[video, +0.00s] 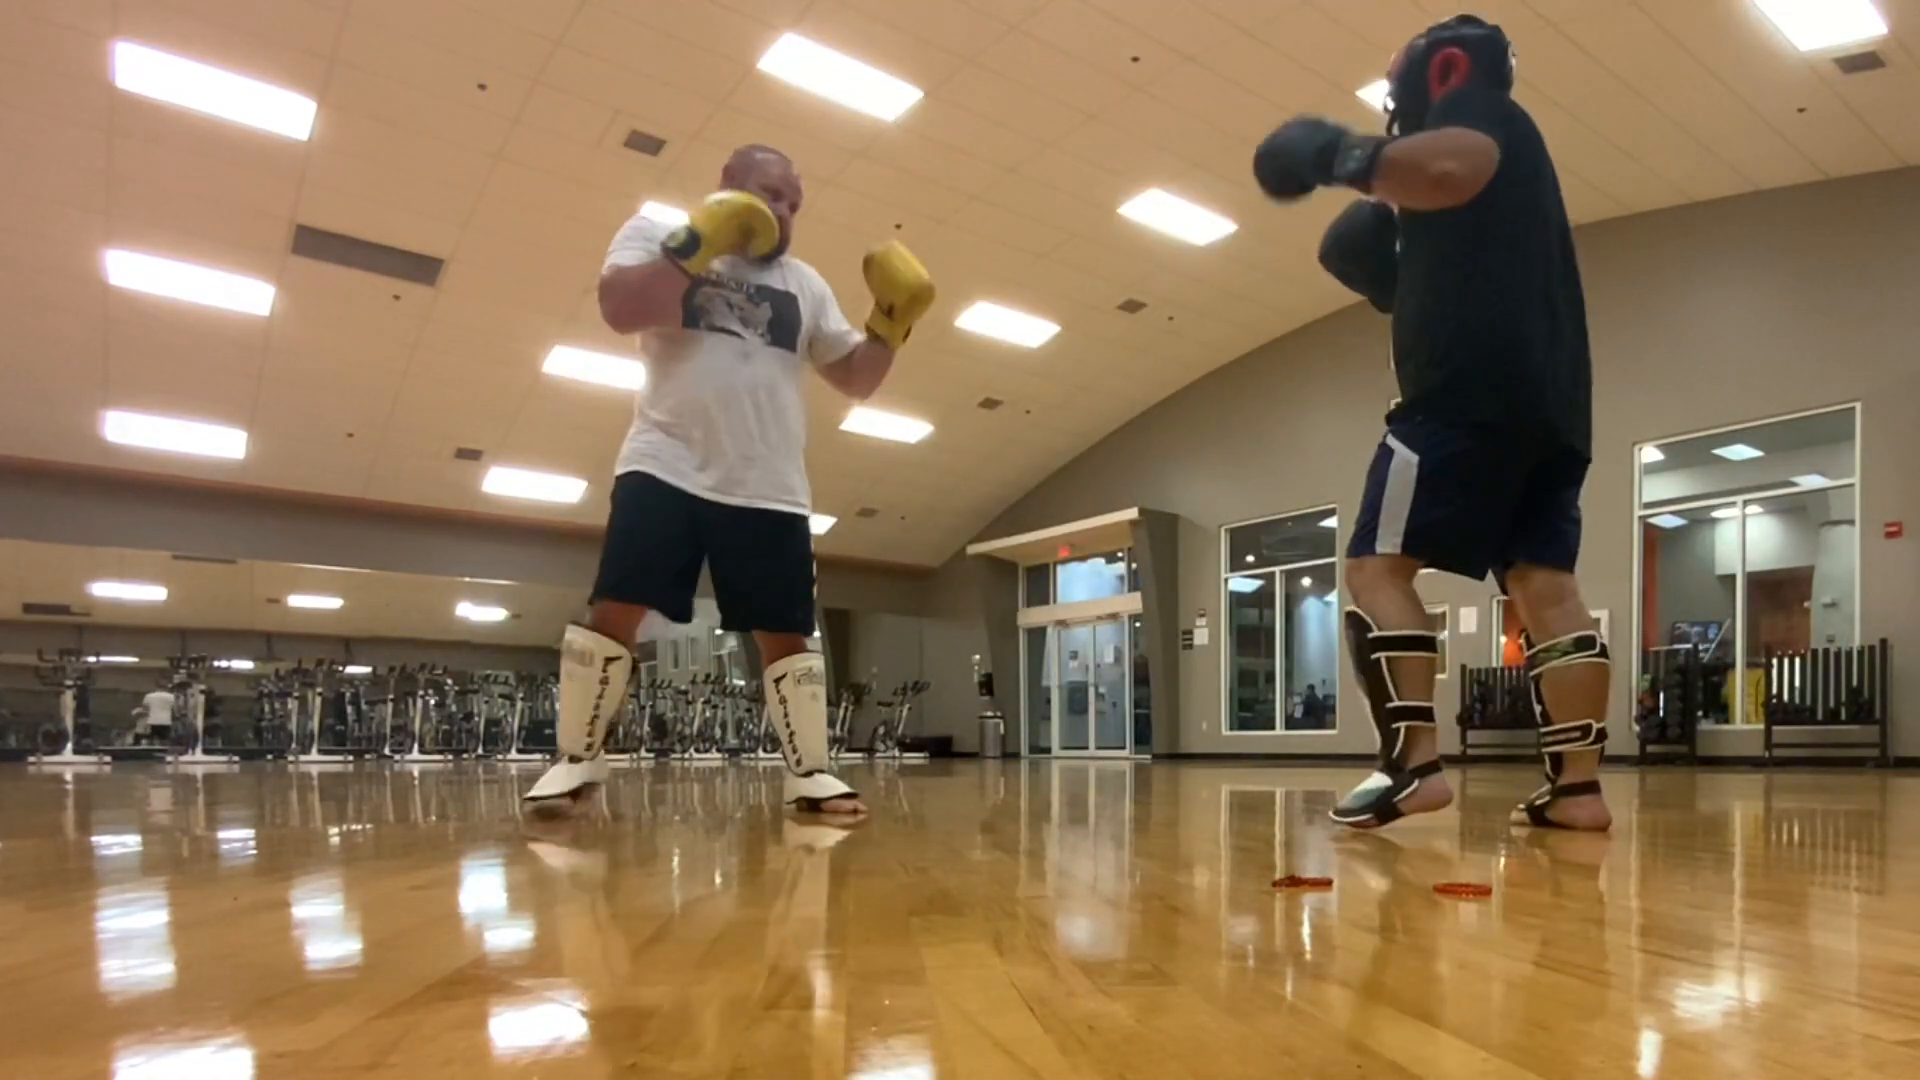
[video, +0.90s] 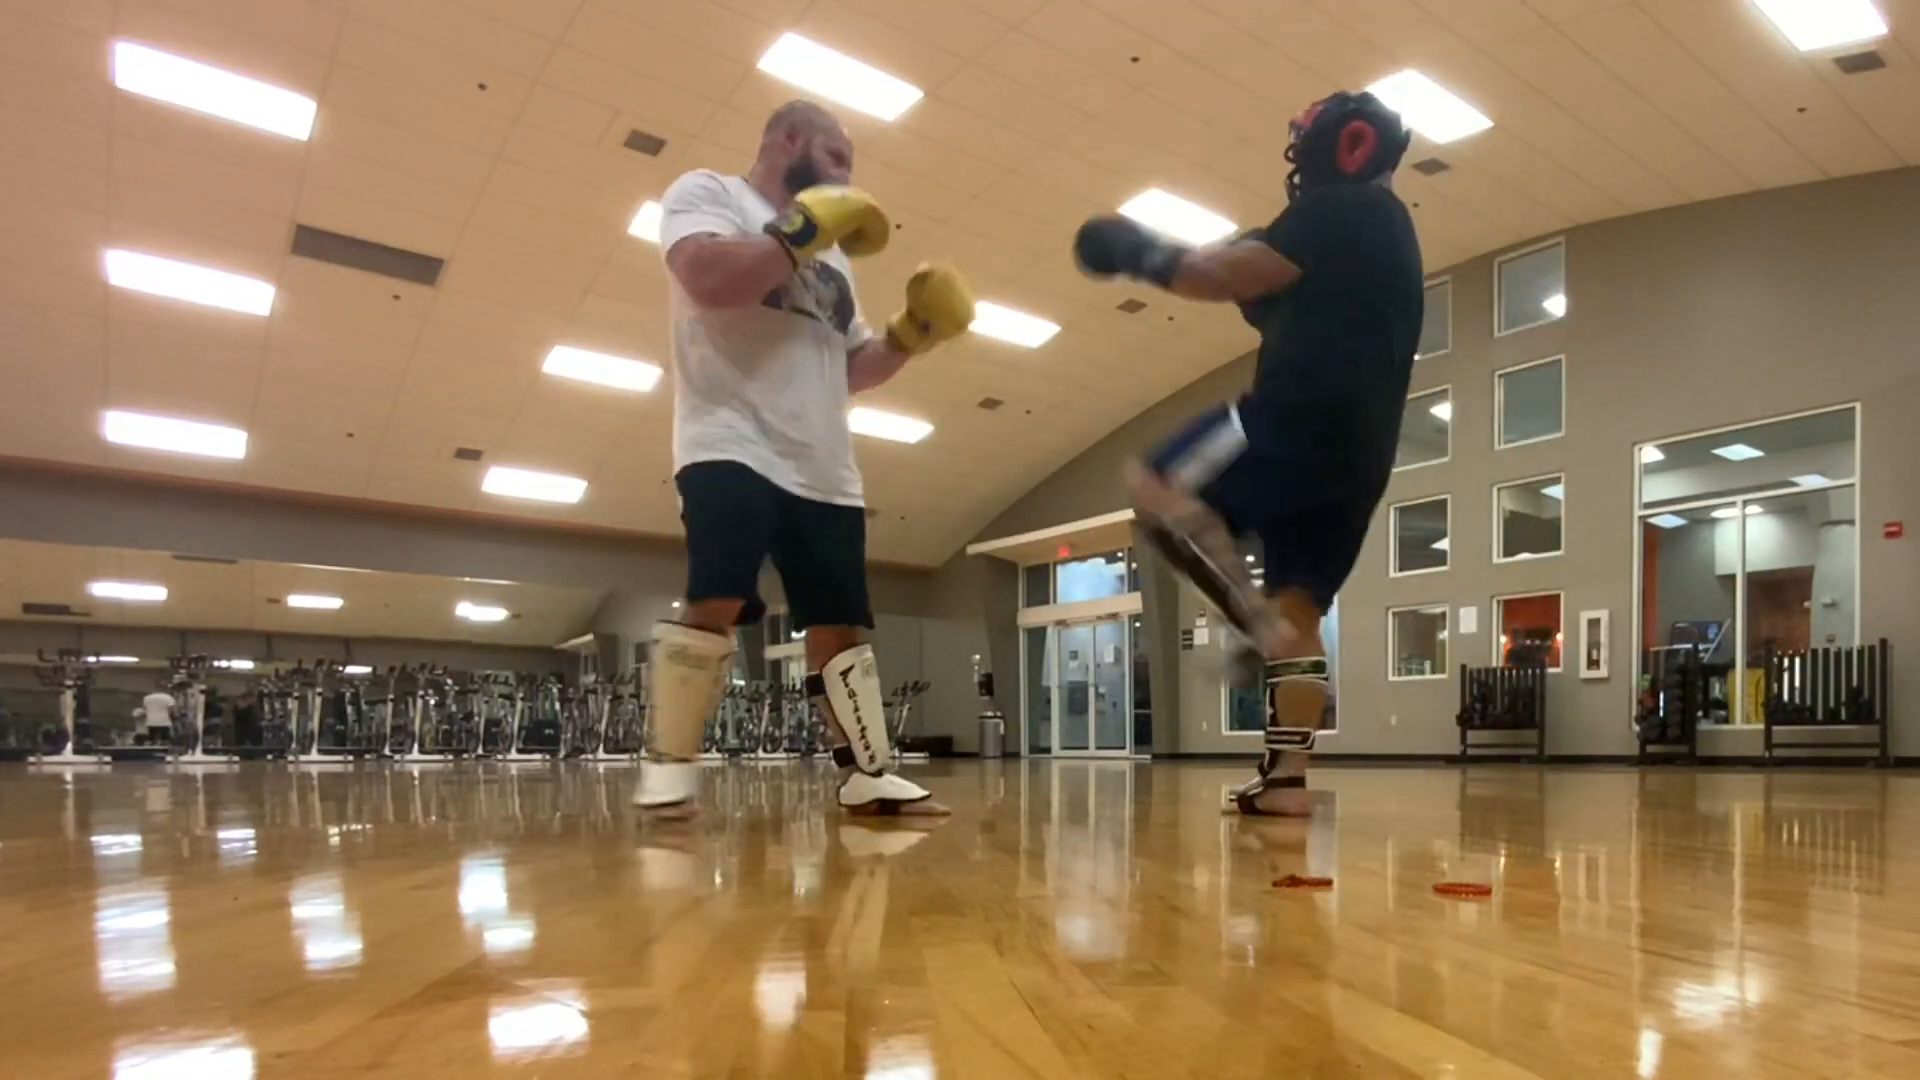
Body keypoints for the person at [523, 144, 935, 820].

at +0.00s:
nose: (783, 212)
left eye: (794, 203)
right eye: (771, 196)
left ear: (799, 211)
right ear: (728, 188)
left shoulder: (805, 283)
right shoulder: (662, 234)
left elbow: (855, 378)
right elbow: (620, 308)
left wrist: (890, 327)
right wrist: (700, 247)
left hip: (768, 475)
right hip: (667, 457)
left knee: (785, 626)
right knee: (618, 605)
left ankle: (810, 773)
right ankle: (577, 760)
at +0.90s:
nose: (845, 175)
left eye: (850, 167)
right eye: (837, 156)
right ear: (785, 138)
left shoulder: (832, 270)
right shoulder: (708, 192)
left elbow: (847, 374)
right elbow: (706, 278)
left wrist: (903, 340)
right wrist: (806, 230)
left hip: (823, 452)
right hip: (731, 431)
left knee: (839, 607)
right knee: (721, 590)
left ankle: (869, 773)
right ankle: (669, 773)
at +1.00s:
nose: (833, 176)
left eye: (839, 167)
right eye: (830, 160)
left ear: (800, 148)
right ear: (785, 138)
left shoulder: (826, 249)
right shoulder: (709, 186)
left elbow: (885, 345)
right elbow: (744, 269)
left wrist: (926, 287)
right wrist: (820, 210)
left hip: (819, 445)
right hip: (727, 436)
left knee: (894, 590)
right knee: (743, 600)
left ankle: (896, 742)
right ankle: (702, 785)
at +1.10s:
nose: (840, 188)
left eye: (842, 177)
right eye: (832, 171)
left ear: (798, 160)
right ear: (785, 153)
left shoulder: (816, 248)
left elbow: (902, 326)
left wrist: (939, 275)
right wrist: (861, 200)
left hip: (811, 437)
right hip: (730, 450)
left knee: (947, 458)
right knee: (754, 611)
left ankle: (936, 610)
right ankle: (707, 788)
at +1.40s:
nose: (826, 160)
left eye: (829, 148)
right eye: (815, 144)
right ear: (760, 131)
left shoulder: (850, 229)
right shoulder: (702, 211)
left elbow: (909, 306)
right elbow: (705, 269)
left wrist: (984, 361)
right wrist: (797, 202)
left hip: (885, 431)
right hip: (781, 443)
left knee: (1001, 531)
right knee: (769, 598)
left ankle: (1013, 680)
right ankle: (706, 782)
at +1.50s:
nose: (861, 163)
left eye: (865, 150)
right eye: (848, 147)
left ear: (863, 153)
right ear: (797, 143)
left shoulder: (878, 234)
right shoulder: (737, 229)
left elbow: (915, 319)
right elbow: (729, 306)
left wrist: (987, 341)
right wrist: (805, 234)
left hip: (915, 452)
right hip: (808, 456)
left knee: (991, 593)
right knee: (778, 609)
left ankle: (1033, 747)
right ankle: (706, 781)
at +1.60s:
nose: (899, 182)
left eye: (903, 170)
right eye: (887, 166)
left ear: (900, 173)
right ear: (838, 161)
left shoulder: (922, 257)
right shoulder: (783, 250)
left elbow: (986, 320)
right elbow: (783, 341)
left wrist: (1055, 304)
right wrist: (846, 254)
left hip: (941, 470)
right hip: (840, 469)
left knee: (991, 613)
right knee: (799, 619)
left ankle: (1016, 776)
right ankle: (716, 778)